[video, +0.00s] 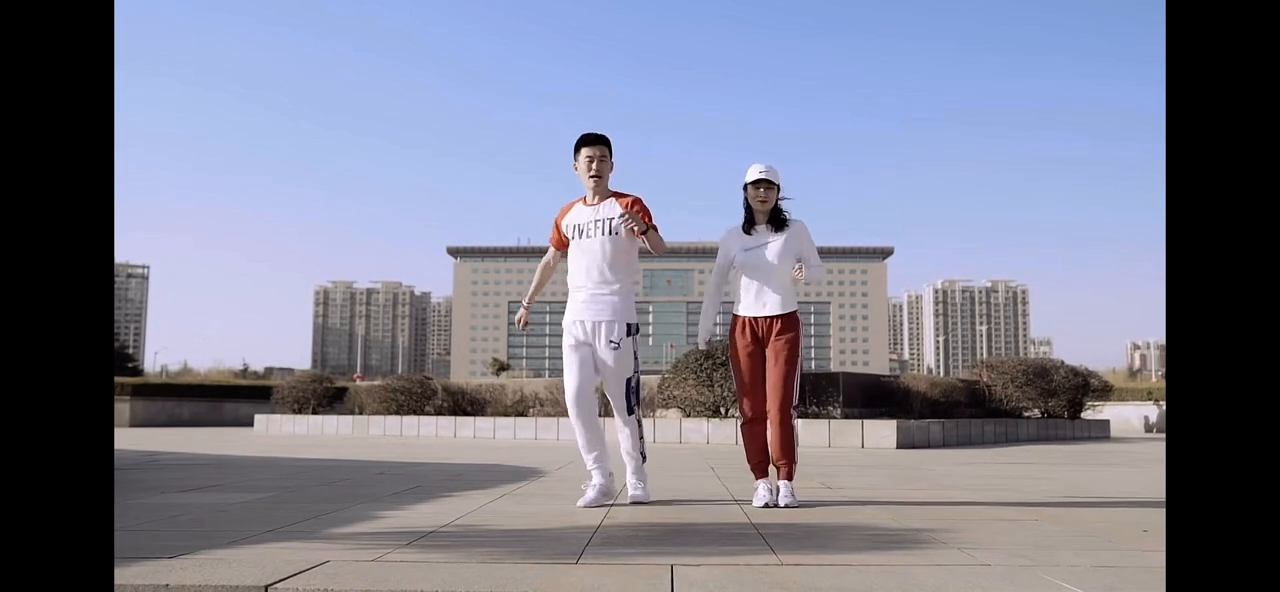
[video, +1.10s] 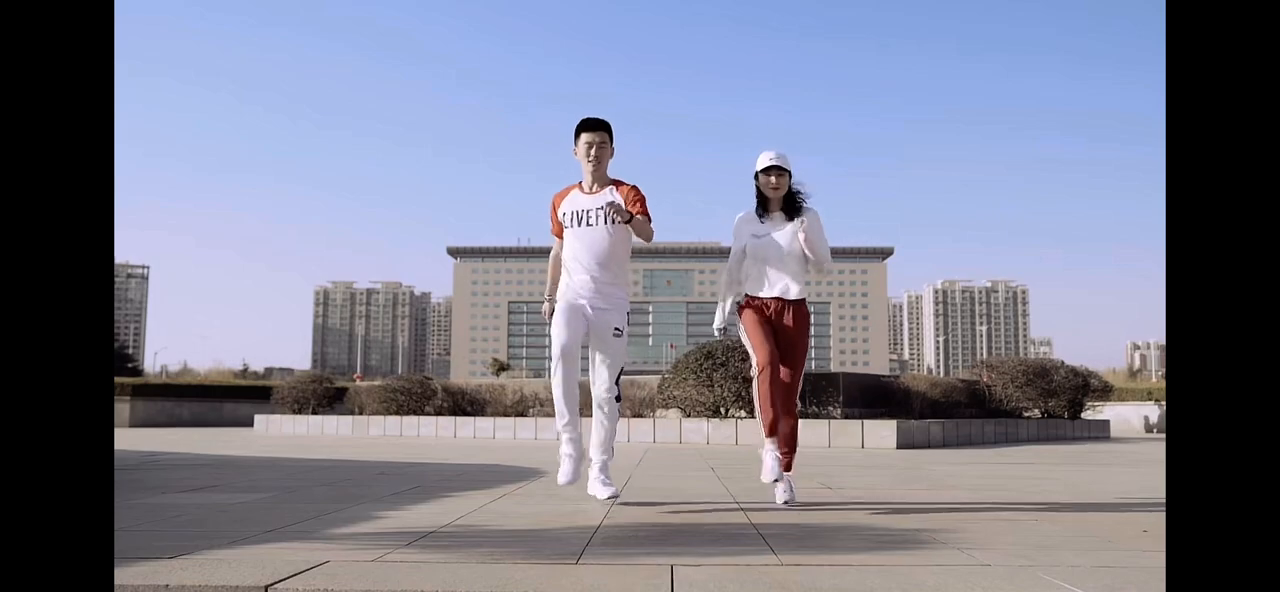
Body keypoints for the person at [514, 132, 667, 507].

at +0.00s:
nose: (595, 165)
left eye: (602, 159)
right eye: (588, 160)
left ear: (611, 165)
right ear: (577, 167)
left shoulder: (630, 206)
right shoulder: (567, 216)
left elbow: (660, 249)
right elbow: (549, 263)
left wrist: (643, 232)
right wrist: (527, 302)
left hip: (616, 316)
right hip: (576, 316)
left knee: (624, 404)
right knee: (576, 400)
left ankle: (636, 479)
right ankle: (600, 480)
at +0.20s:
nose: (597, 147)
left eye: (604, 142)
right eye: (591, 142)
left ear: (615, 151)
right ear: (580, 151)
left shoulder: (632, 196)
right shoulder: (564, 200)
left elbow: (642, 247)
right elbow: (561, 256)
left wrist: (648, 288)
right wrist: (559, 306)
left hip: (621, 300)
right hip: (582, 303)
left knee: (624, 371)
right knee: (593, 393)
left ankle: (631, 436)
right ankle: (603, 471)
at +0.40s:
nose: (606, 162)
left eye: (614, 157)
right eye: (600, 157)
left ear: (626, 166)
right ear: (590, 165)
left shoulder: (641, 215)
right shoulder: (570, 208)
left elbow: (644, 259)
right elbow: (546, 257)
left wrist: (650, 294)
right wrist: (556, 244)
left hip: (626, 302)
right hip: (586, 307)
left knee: (613, 309)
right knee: (596, 396)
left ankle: (620, 400)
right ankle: (617, 478)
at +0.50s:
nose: (613, 151)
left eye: (620, 146)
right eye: (607, 145)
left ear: (629, 154)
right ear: (593, 152)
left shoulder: (639, 198)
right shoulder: (571, 192)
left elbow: (643, 235)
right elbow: (540, 239)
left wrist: (651, 260)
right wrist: (562, 211)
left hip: (623, 297)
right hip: (584, 301)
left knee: (616, 369)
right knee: (594, 386)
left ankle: (613, 468)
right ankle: (614, 463)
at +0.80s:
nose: (612, 151)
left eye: (618, 145)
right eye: (605, 145)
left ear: (627, 152)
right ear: (592, 151)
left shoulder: (642, 199)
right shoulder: (571, 195)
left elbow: (647, 248)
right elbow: (551, 243)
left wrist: (657, 294)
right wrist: (555, 278)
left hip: (620, 306)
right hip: (578, 304)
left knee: (617, 391)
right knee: (576, 386)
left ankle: (615, 477)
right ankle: (593, 450)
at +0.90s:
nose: (605, 157)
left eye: (612, 151)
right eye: (598, 151)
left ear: (621, 157)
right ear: (585, 157)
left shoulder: (638, 207)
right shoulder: (567, 204)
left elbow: (642, 250)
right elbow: (558, 258)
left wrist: (635, 287)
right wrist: (546, 307)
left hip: (617, 305)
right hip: (578, 300)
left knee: (610, 393)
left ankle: (604, 475)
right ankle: (574, 397)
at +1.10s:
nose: (595, 151)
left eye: (602, 145)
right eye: (588, 146)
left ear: (612, 151)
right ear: (576, 152)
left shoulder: (627, 193)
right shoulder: (562, 200)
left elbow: (648, 235)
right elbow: (558, 251)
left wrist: (629, 219)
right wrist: (549, 295)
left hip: (612, 302)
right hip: (571, 297)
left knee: (605, 389)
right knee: (561, 357)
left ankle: (600, 471)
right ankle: (569, 447)